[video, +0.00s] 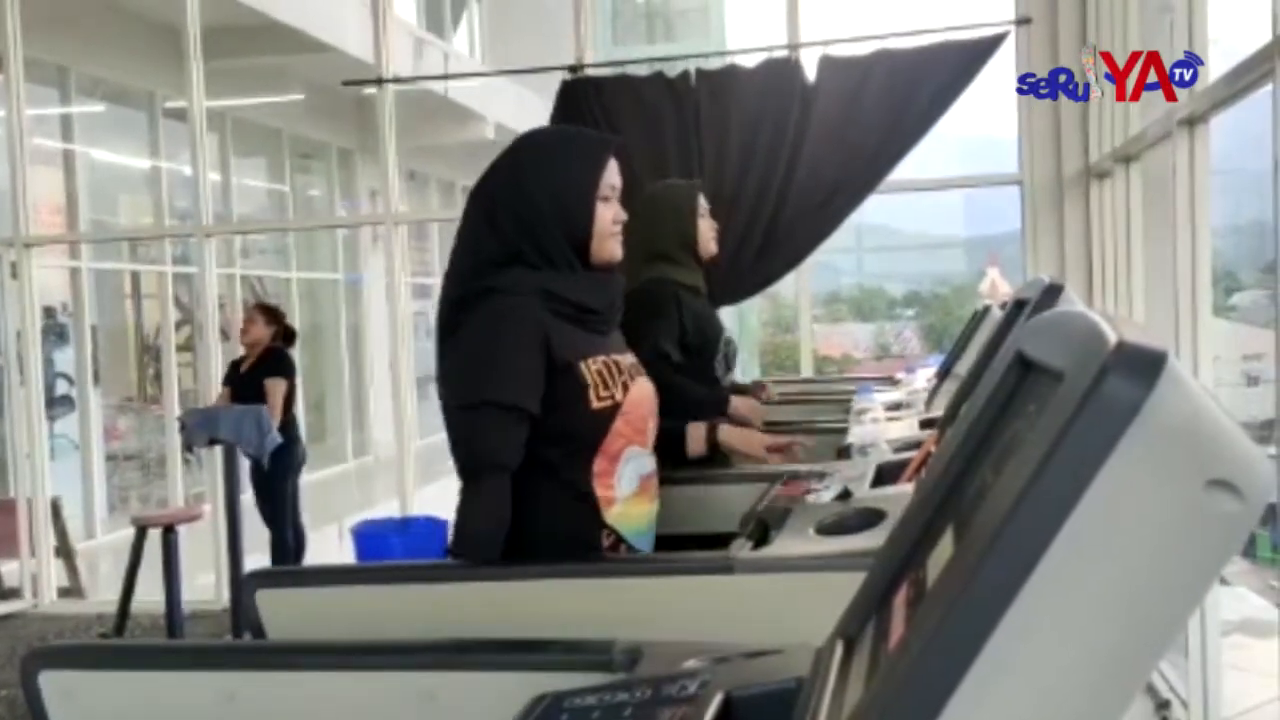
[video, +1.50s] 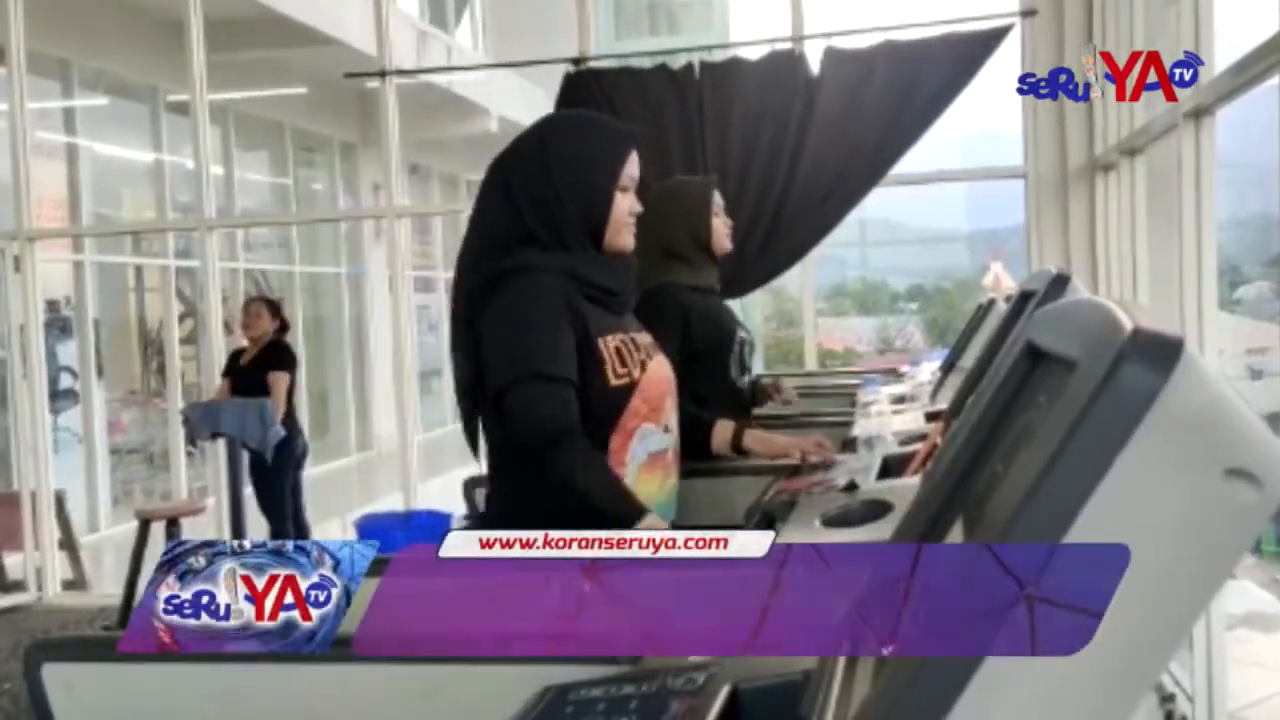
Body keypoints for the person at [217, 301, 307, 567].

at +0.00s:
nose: (244, 326)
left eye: (252, 322)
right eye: (245, 321)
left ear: (271, 330)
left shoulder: (276, 359)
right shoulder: (237, 366)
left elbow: (274, 409)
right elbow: (222, 404)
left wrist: (260, 439)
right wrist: (201, 425)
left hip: (283, 442)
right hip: (257, 445)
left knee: (282, 512)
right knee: (273, 512)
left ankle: (284, 574)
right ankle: (290, 572)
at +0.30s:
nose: (243, 327)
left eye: (250, 321)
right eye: (241, 321)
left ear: (270, 327)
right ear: (238, 325)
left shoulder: (284, 359)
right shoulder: (231, 363)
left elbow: (279, 405)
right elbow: (220, 403)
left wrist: (262, 437)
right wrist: (205, 426)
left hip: (284, 443)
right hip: (248, 444)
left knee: (288, 513)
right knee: (266, 518)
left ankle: (295, 575)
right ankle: (270, 578)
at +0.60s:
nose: (252, 327)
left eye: (258, 320)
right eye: (245, 323)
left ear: (272, 324)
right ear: (239, 329)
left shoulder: (290, 357)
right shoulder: (233, 352)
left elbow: (282, 394)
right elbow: (220, 392)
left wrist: (264, 426)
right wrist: (208, 423)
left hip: (284, 436)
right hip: (245, 436)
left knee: (280, 513)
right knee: (252, 512)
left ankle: (283, 575)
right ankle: (256, 576)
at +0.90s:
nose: (256, 324)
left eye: (261, 317)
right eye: (248, 321)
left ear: (273, 322)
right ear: (240, 329)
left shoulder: (291, 358)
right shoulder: (233, 349)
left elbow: (282, 397)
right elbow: (219, 390)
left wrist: (262, 424)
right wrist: (210, 422)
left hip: (282, 430)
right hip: (243, 430)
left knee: (278, 509)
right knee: (253, 503)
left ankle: (281, 575)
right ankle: (254, 570)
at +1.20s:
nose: (256, 322)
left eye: (263, 316)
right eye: (249, 317)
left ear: (275, 321)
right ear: (242, 324)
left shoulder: (288, 355)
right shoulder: (229, 355)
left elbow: (283, 397)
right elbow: (220, 394)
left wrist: (265, 427)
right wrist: (208, 420)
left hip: (284, 437)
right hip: (247, 440)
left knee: (288, 509)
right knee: (266, 514)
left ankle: (301, 565)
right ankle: (274, 570)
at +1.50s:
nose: (249, 320)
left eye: (257, 315)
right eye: (247, 315)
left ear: (274, 323)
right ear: (241, 320)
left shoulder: (278, 351)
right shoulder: (237, 357)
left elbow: (279, 393)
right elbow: (224, 393)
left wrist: (269, 428)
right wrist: (206, 417)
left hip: (282, 434)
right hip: (256, 436)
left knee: (279, 511)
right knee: (292, 511)